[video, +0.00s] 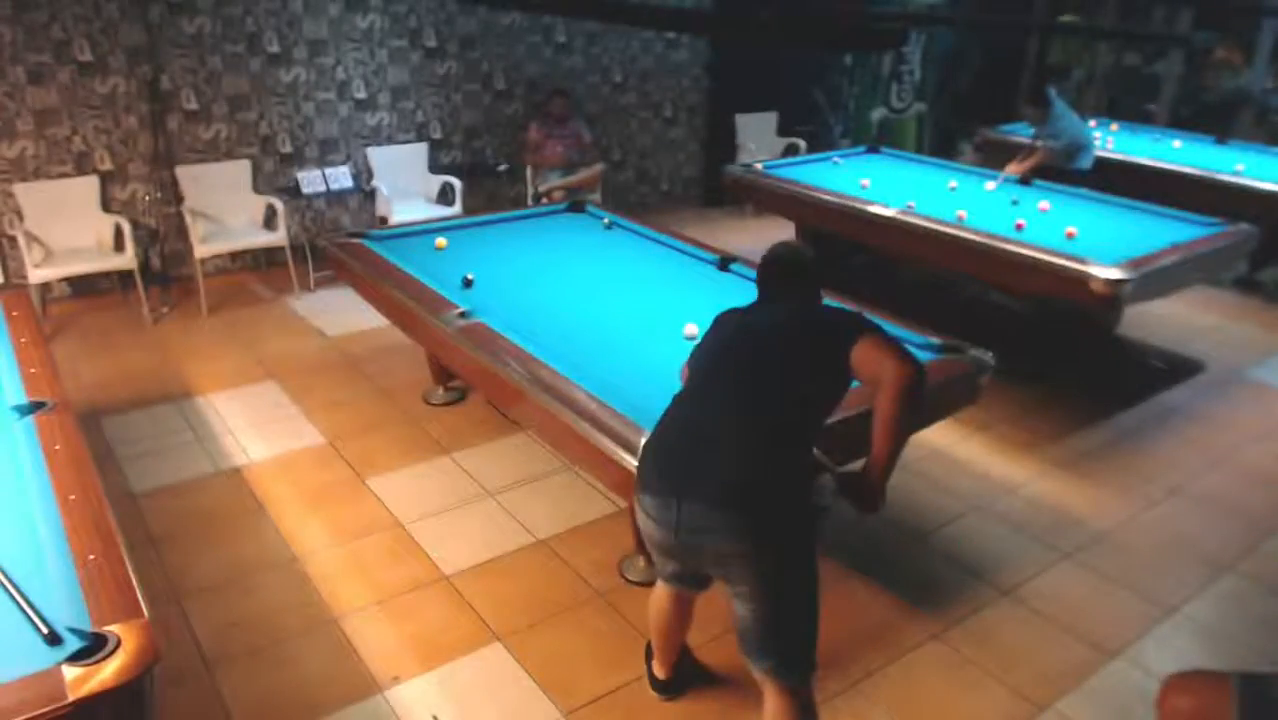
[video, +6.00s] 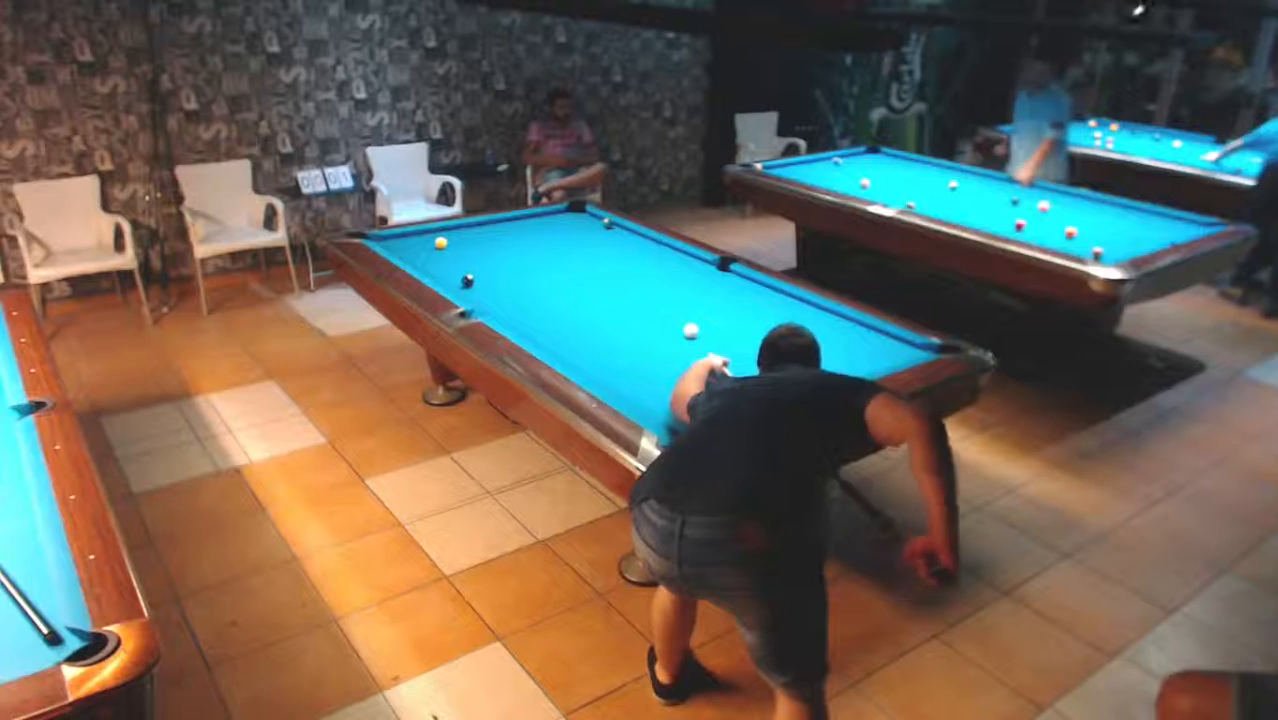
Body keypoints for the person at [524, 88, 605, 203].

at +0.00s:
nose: (559, 111)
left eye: (563, 106)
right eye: (555, 106)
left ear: (569, 107)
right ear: (548, 107)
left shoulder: (577, 125)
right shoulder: (538, 126)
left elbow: (589, 148)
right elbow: (530, 156)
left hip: (573, 168)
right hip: (546, 170)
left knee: (599, 168)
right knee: (559, 195)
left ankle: (548, 188)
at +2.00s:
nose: (560, 111)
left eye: (563, 106)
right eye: (555, 107)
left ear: (568, 108)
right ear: (549, 108)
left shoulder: (578, 125)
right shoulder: (540, 127)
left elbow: (593, 155)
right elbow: (528, 157)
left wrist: (572, 160)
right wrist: (552, 162)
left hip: (576, 166)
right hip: (552, 169)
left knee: (601, 168)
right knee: (558, 196)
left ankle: (549, 187)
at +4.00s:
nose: (559, 110)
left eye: (563, 106)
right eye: (555, 106)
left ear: (568, 107)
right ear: (548, 108)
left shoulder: (578, 126)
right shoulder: (538, 127)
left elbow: (592, 154)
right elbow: (529, 156)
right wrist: (555, 161)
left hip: (576, 166)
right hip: (549, 170)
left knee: (600, 169)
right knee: (559, 196)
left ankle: (551, 186)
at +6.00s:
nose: (565, 111)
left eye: (568, 107)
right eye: (561, 107)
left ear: (572, 108)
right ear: (552, 108)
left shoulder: (579, 126)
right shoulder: (539, 127)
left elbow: (593, 155)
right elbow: (529, 157)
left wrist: (571, 161)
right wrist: (555, 161)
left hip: (576, 166)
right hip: (551, 169)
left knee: (601, 169)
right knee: (559, 196)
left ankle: (551, 186)